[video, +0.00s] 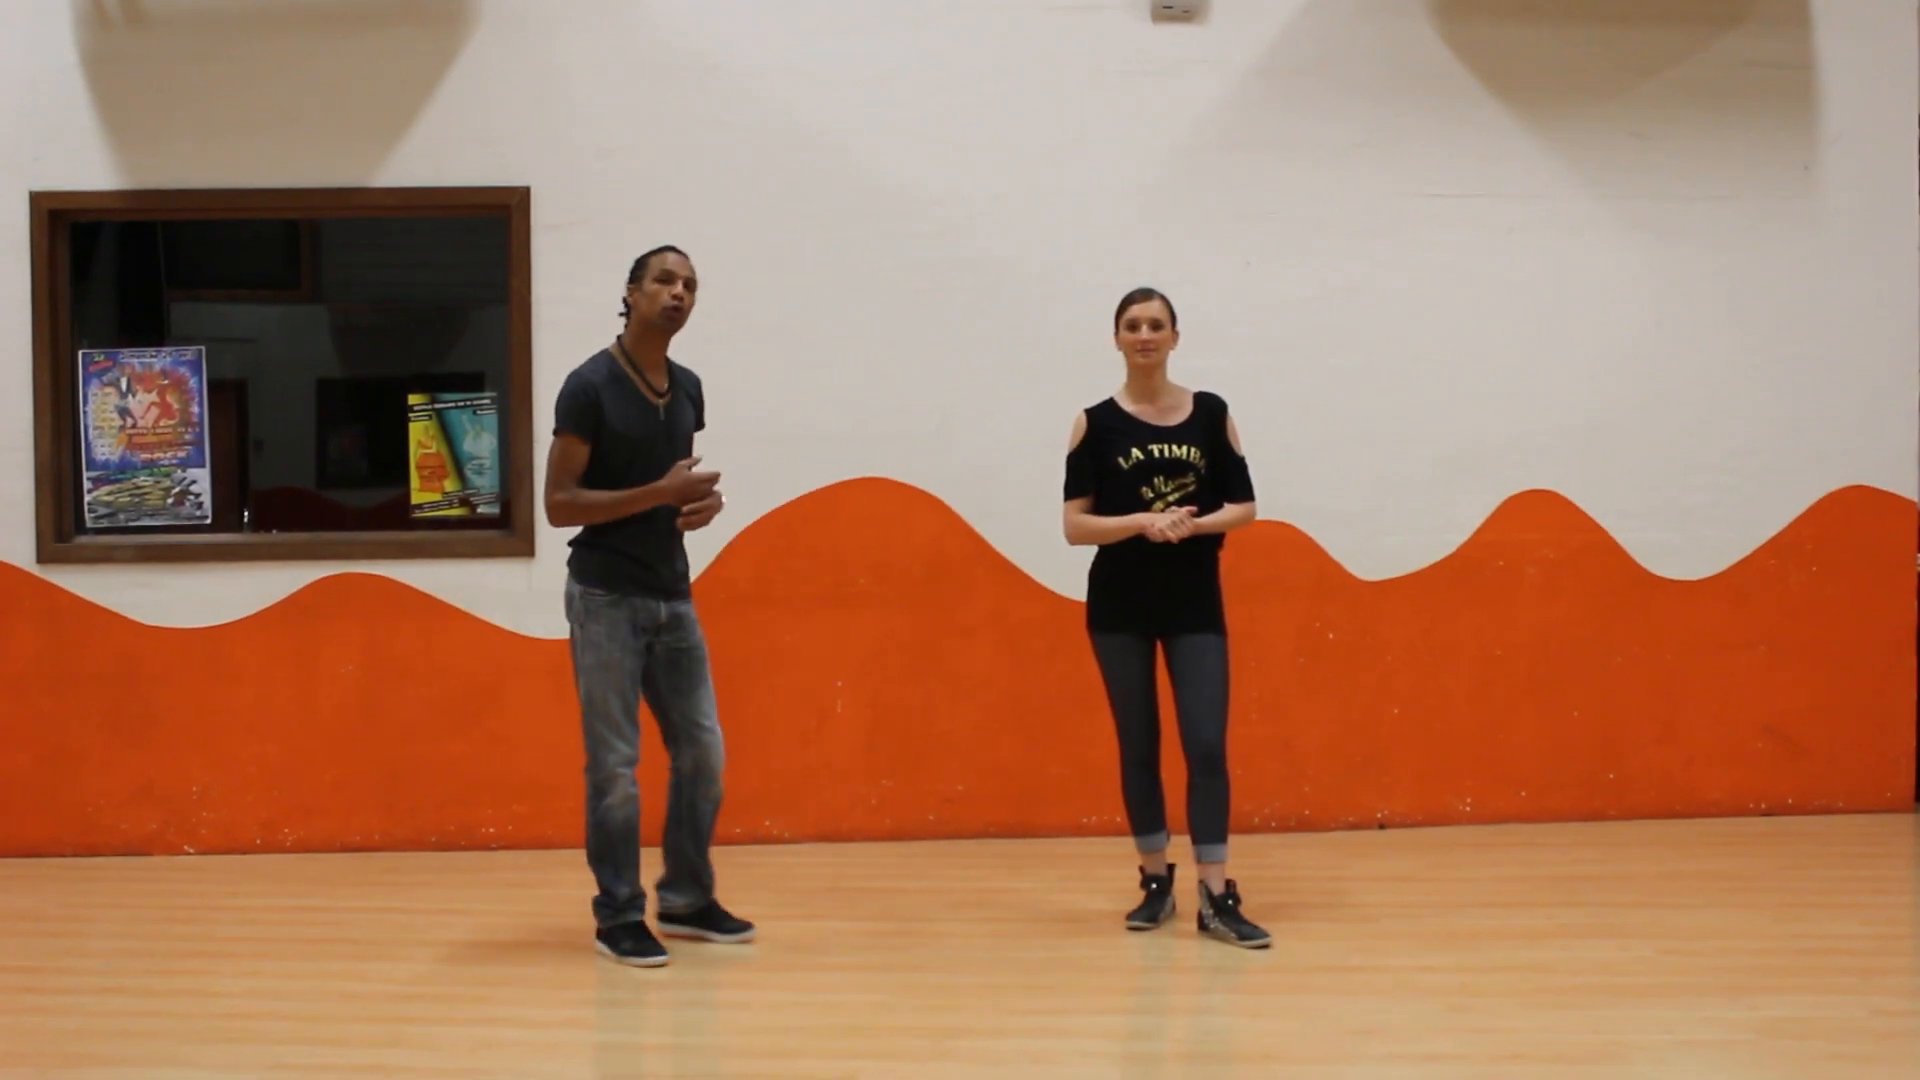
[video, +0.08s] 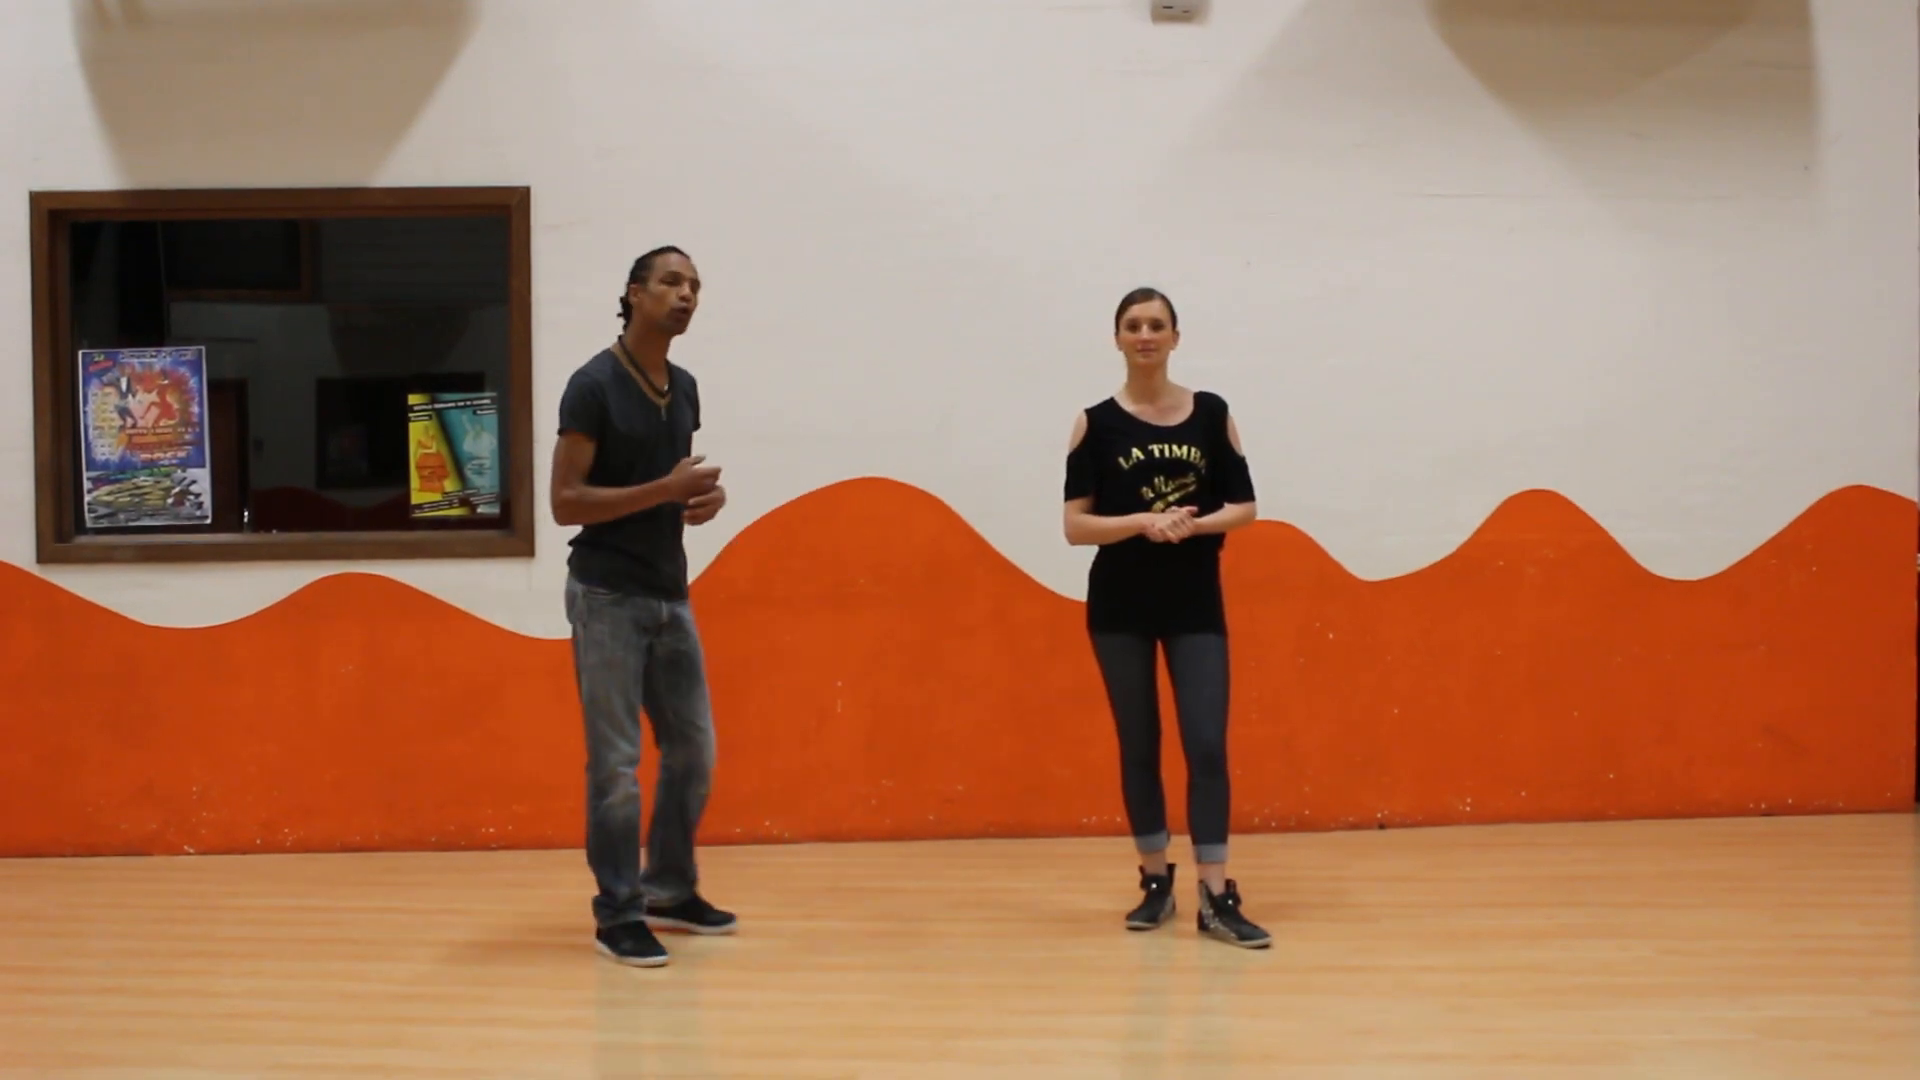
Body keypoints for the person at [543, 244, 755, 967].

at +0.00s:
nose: (679, 293)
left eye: (688, 286)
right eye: (665, 279)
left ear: (692, 308)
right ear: (629, 294)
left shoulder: (686, 392)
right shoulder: (589, 386)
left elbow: (659, 502)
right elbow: (559, 506)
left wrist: (694, 509)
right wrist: (661, 493)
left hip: (671, 597)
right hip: (604, 596)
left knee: (701, 750)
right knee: (615, 759)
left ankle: (686, 897)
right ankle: (619, 914)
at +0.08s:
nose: (687, 296)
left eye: (693, 288)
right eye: (672, 282)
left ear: (694, 308)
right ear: (631, 294)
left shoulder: (682, 388)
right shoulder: (592, 385)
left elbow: (664, 494)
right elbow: (565, 503)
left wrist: (705, 500)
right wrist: (666, 488)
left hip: (668, 596)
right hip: (606, 596)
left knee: (691, 751)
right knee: (617, 758)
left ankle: (669, 891)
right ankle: (618, 912)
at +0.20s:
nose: (705, 300)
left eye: (705, 289)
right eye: (690, 287)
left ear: (680, 306)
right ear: (646, 298)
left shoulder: (679, 389)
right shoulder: (601, 385)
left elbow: (665, 490)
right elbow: (578, 502)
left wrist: (705, 498)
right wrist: (675, 484)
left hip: (666, 596)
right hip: (611, 595)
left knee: (670, 753)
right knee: (622, 756)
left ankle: (649, 887)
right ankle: (618, 911)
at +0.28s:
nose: (712, 302)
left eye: (712, 291)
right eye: (699, 289)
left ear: (678, 306)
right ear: (654, 300)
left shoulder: (679, 389)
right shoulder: (610, 385)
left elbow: (659, 491)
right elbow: (588, 503)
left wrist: (705, 496)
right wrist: (684, 485)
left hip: (665, 593)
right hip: (615, 592)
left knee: (662, 754)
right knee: (624, 756)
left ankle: (643, 887)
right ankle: (618, 912)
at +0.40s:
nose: (724, 306)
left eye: (722, 294)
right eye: (712, 294)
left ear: (685, 308)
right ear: (668, 304)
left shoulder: (677, 386)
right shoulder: (624, 385)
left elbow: (658, 489)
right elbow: (603, 506)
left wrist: (708, 498)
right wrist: (696, 489)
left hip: (664, 592)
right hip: (621, 591)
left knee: (659, 752)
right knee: (634, 753)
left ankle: (643, 886)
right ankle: (617, 911)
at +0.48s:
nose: (733, 310)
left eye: (731, 299)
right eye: (721, 299)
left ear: (693, 310)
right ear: (679, 306)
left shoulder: (677, 386)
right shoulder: (632, 387)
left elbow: (657, 492)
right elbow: (610, 508)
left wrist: (711, 500)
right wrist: (703, 492)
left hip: (664, 594)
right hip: (623, 593)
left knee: (659, 750)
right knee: (640, 751)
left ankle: (643, 886)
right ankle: (617, 913)